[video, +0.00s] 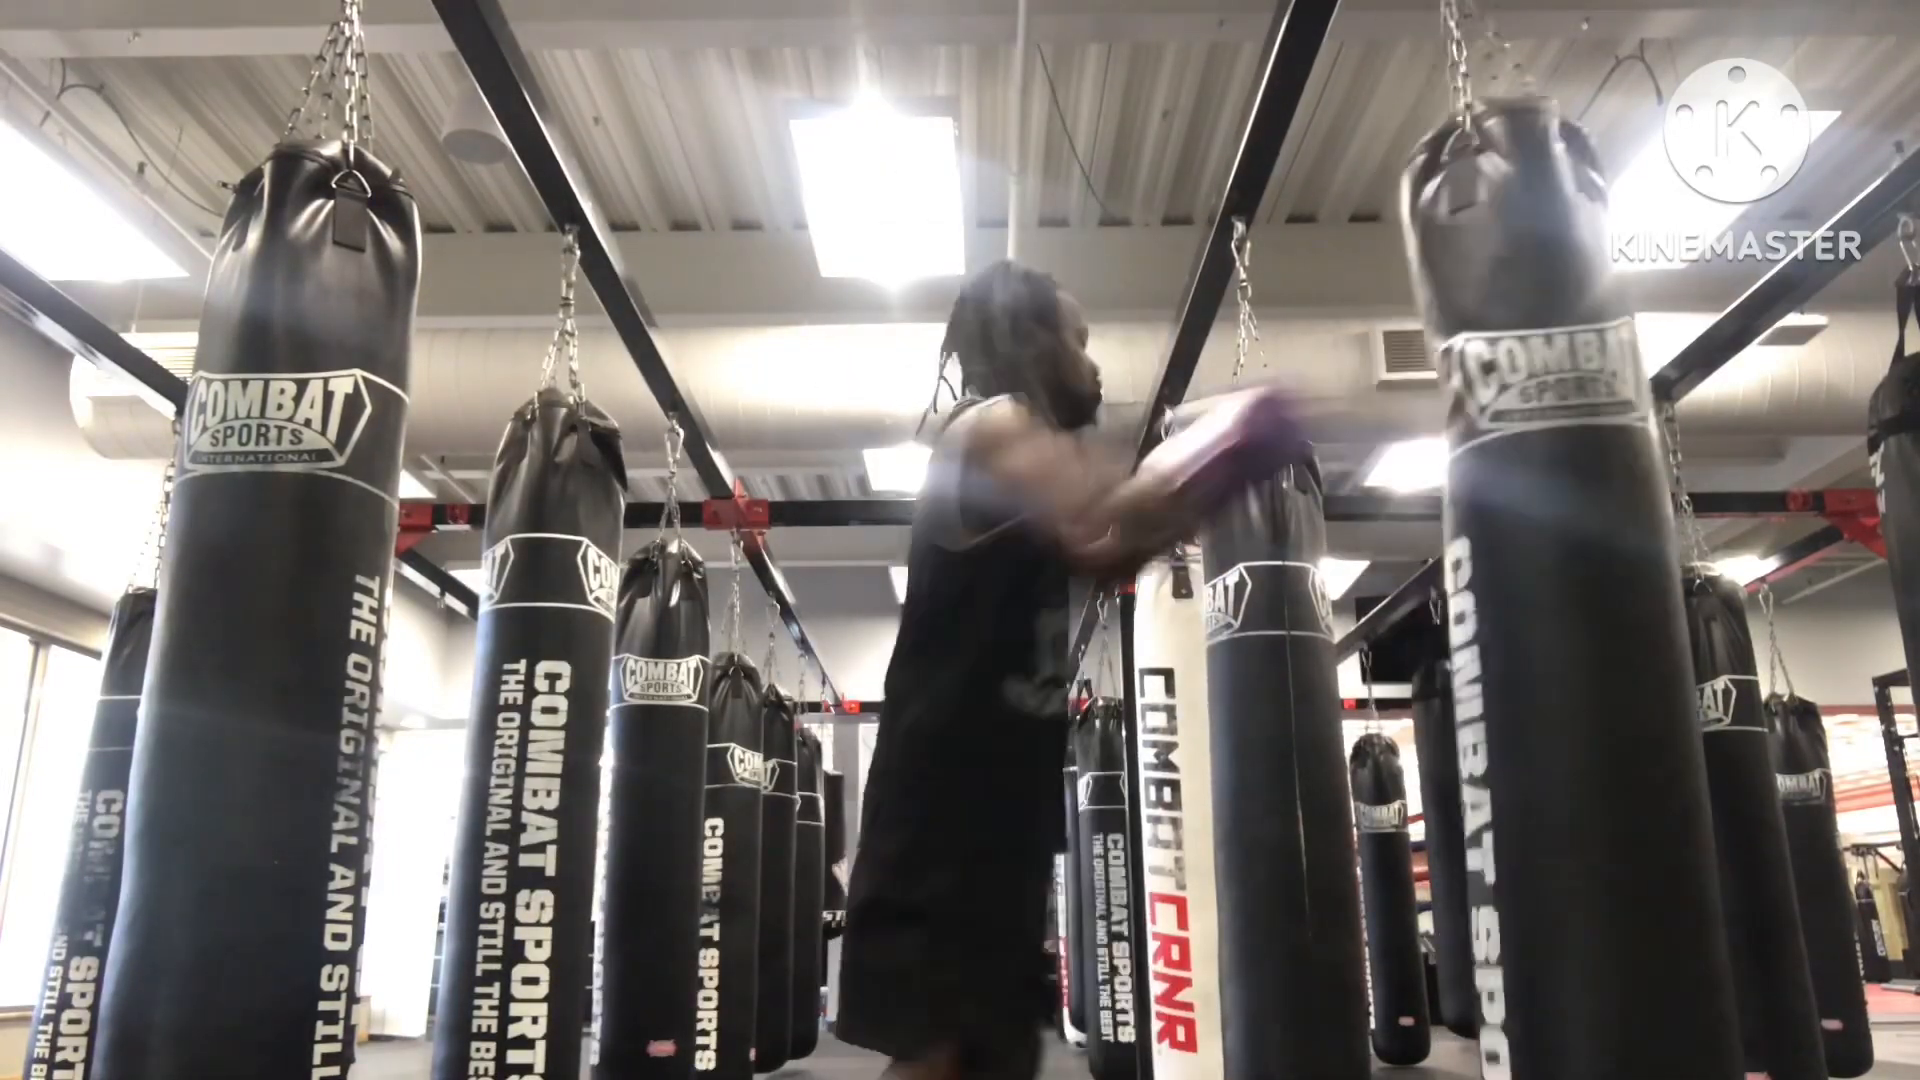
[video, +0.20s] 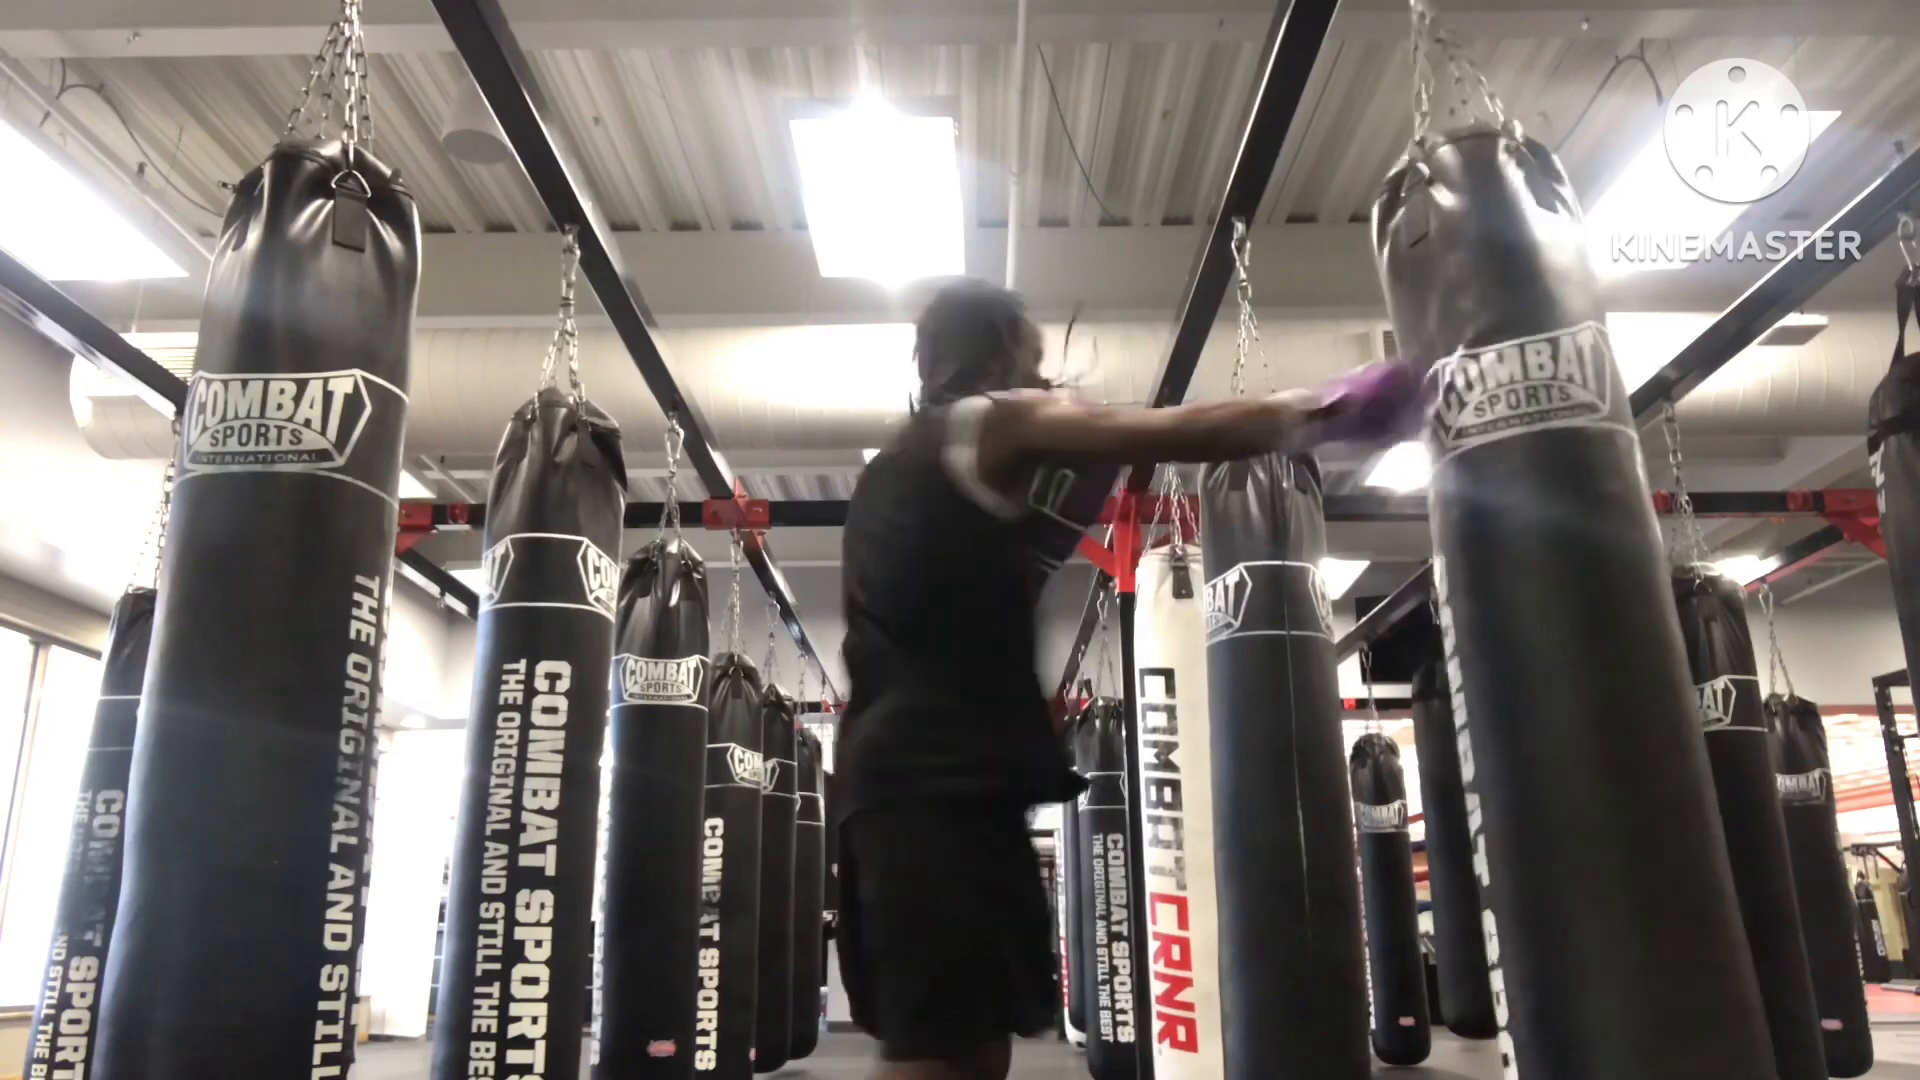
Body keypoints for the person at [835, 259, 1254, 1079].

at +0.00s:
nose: (1094, 359)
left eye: (1088, 338)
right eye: (1079, 338)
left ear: (1007, 343)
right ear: (1030, 338)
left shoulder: (1028, 444)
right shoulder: (991, 426)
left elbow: (1099, 548)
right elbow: (1095, 510)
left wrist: (1222, 468)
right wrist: (1222, 442)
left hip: (997, 812)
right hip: (952, 811)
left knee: (993, 1043)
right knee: (945, 1046)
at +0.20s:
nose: (1045, 378)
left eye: (1041, 363)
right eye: (1034, 361)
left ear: (935, 364)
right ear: (1001, 358)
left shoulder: (890, 471)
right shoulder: (993, 421)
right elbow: (1170, 430)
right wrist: (1321, 408)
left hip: (887, 800)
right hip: (949, 799)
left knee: (933, 1054)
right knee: (955, 1054)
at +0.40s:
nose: (991, 360)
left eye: (987, 339)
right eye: (976, 337)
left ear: (921, 346)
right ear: (923, 341)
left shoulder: (912, 467)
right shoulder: (851, 423)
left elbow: (960, 639)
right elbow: (901, 514)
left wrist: (1023, 555)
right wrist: (1040, 457)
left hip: (921, 776)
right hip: (853, 775)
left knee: (966, 1042)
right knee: (827, 1041)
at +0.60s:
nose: (901, 352)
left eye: (900, 332)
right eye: (885, 328)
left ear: (824, 339)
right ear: (822, 330)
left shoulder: (823, 462)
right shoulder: (731, 430)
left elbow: (839, 653)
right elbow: (773, 578)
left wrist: (942, 573)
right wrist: (867, 458)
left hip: (843, 803)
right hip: (749, 808)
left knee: (929, 1034)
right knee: (750, 1050)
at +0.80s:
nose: (843, 327)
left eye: (848, 306)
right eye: (830, 298)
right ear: (758, 287)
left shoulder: (765, 423)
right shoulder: (680, 385)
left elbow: (772, 627)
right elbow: (746, 539)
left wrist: (867, 546)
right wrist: (833, 424)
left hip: (799, 772)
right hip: (694, 777)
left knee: (899, 1036)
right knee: (645, 1053)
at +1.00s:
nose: (853, 308)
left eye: (851, 286)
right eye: (835, 279)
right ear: (768, 276)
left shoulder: (772, 418)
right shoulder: (686, 375)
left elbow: (789, 617)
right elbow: (746, 543)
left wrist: (890, 526)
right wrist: (843, 437)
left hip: (796, 760)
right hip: (695, 765)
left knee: (916, 1038)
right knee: (672, 1048)